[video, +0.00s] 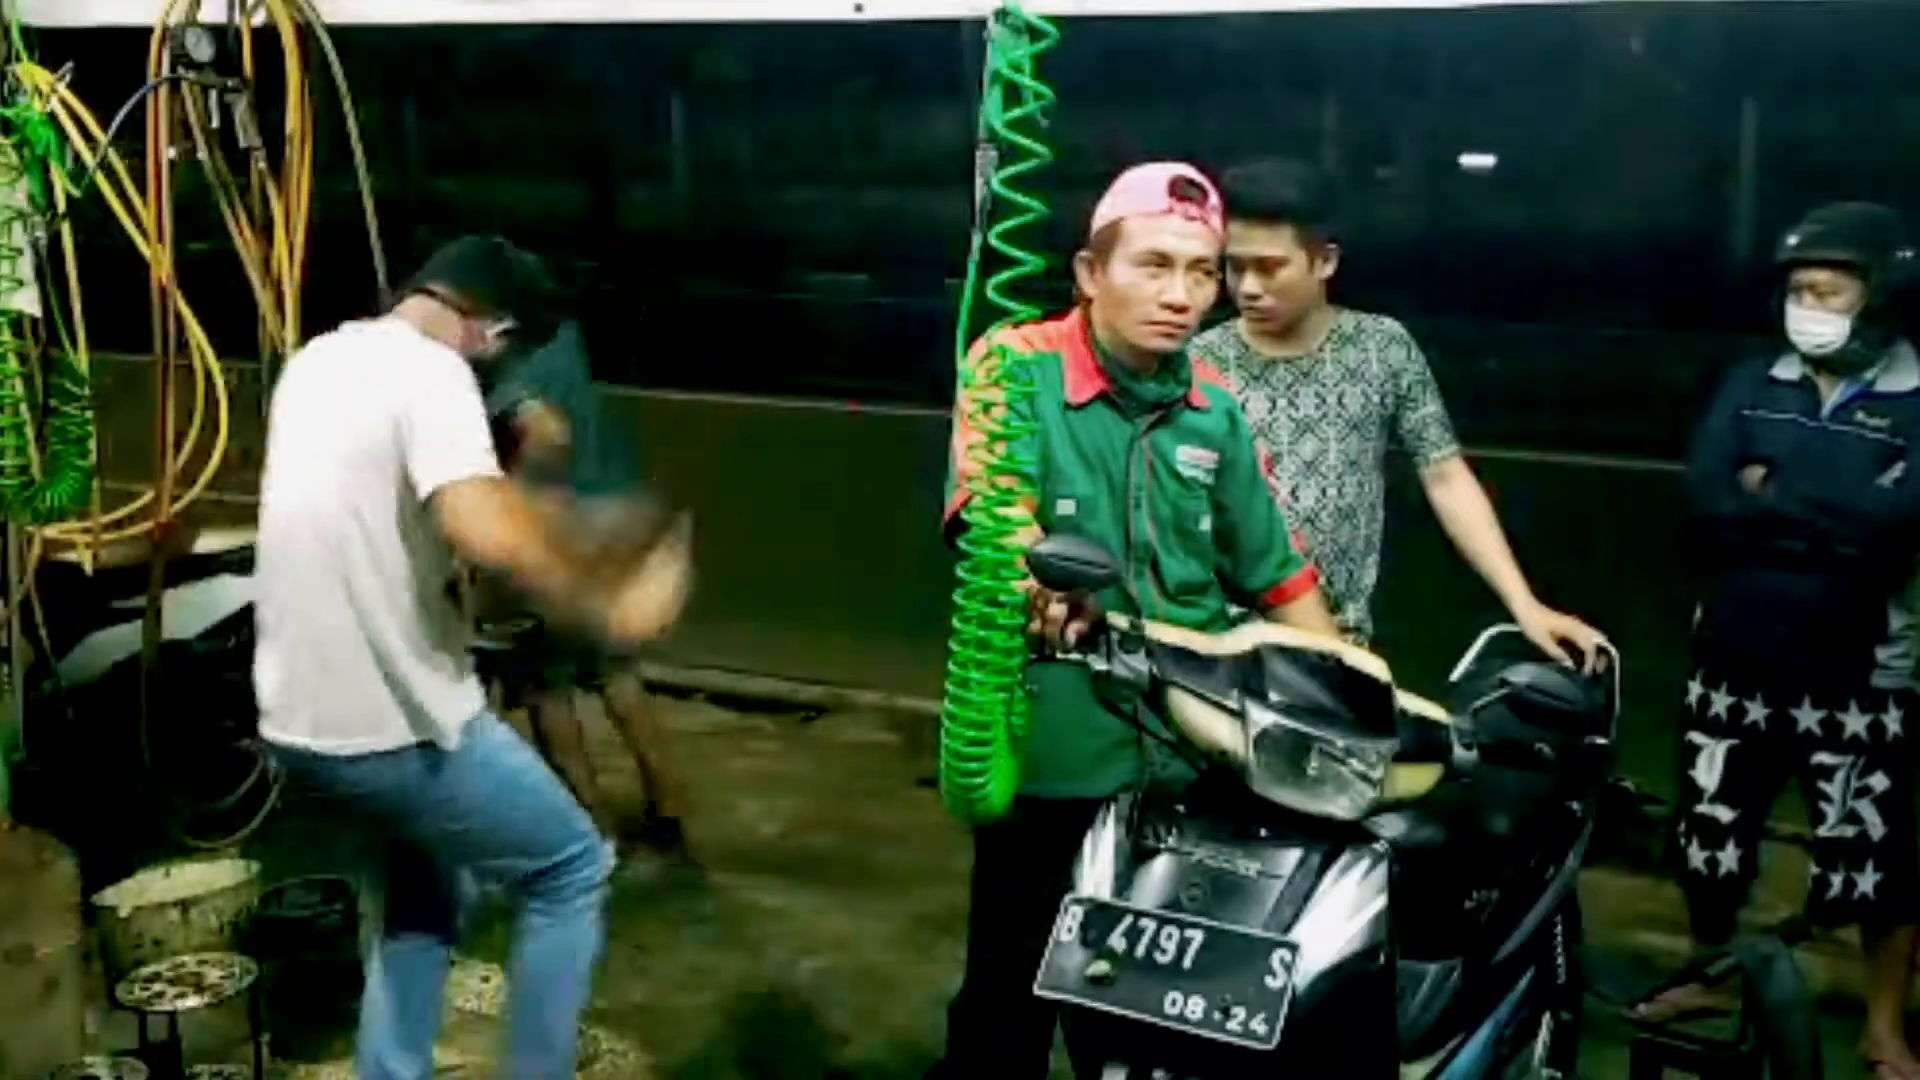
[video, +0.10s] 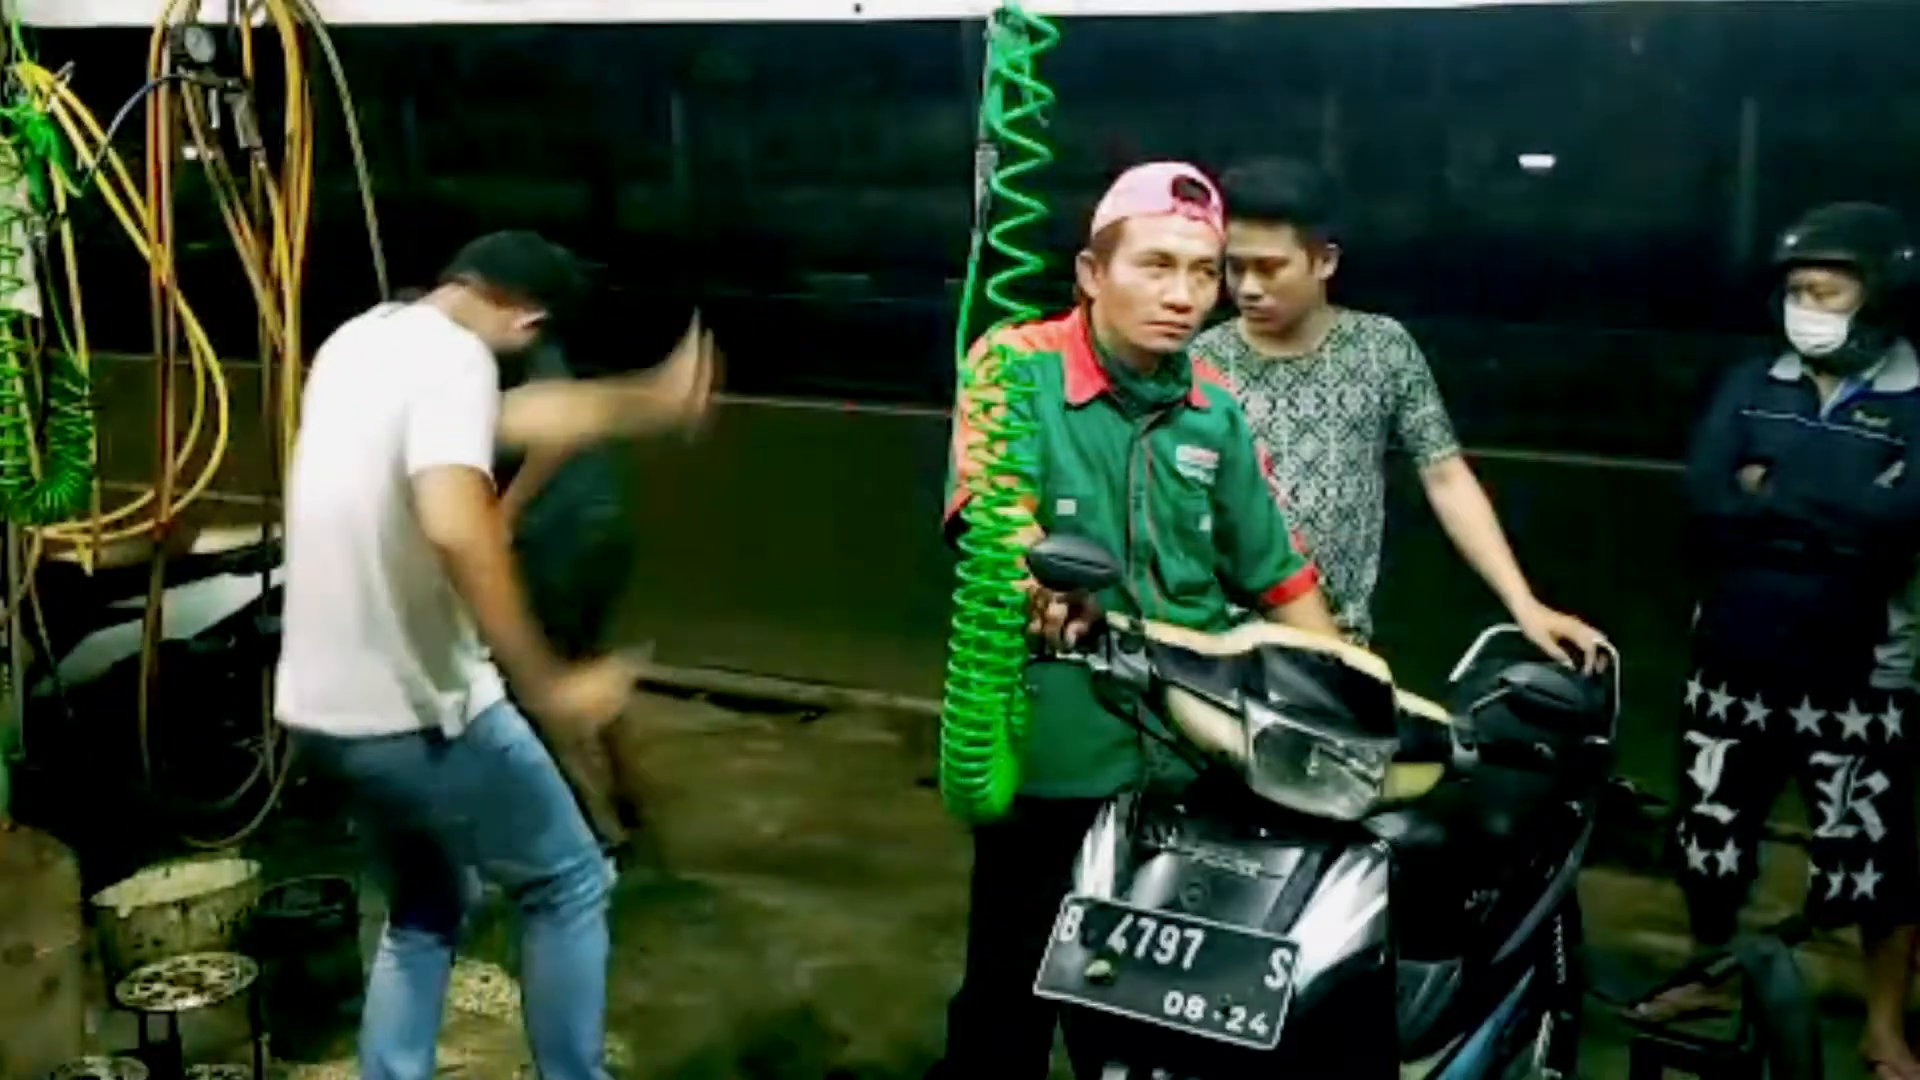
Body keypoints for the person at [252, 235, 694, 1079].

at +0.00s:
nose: (491, 361)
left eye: (499, 346)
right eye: (499, 343)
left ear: (413, 293)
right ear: (481, 322)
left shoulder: (307, 365)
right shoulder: (432, 373)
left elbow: (367, 504)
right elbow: (482, 527)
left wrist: (497, 460)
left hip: (299, 719)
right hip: (398, 725)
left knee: (422, 892)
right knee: (571, 866)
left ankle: (391, 1068)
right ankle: (540, 1067)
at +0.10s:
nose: (521, 347)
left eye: (528, 333)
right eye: (531, 331)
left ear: (452, 280)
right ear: (517, 313)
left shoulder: (352, 344)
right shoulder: (454, 358)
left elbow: (517, 416)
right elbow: (455, 524)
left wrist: (657, 397)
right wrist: (546, 686)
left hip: (324, 704)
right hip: (425, 714)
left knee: (424, 911)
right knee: (570, 882)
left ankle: (391, 1071)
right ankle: (573, 1068)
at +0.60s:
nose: (644, 385)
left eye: (651, 375)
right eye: (651, 373)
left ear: (565, 316)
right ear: (637, 353)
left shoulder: (434, 381)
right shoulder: (622, 411)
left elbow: (432, 529)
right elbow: (685, 572)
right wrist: (788, 631)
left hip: (449, 730)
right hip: (572, 747)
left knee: (572, 849)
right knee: (660, 912)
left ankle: (490, 1054)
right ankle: (592, 1069)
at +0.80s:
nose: (620, 310)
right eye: (629, 296)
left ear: (537, 250)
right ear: (621, 283)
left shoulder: (415, 300)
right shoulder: (634, 331)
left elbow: (257, 389)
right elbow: (802, 359)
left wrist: (121, 499)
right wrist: (706, 336)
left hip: (413, 697)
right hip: (546, 715)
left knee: (448, 898)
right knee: (584, 922)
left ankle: (401, 1070)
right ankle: (578, 1073)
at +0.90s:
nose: (608, 300)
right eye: (614, 284)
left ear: (516, 245)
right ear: (601, 272)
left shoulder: (400, 290)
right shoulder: (614, 316)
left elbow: (223, 344)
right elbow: (787, 314)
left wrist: (93, 448)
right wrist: (706, 302)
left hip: (392, 695)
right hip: (528, 706)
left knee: (424, 919)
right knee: (574, 929)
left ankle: (393, 1072)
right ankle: (578, 1074)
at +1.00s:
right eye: (585, 276)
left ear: (486, 253)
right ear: (565, 273)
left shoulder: (354, 302)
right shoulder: (572, 321)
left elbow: (191, 381)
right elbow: (750, 348)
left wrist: (89, 515)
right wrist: (692, 331)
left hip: (364, 709)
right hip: (508, 714)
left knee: (407, 921)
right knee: (577, 903)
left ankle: (391, 1074)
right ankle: (584, 1069)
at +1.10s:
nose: (534, 331)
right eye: (537, 318)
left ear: (445, 282)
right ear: (524, 305)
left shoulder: (314, 360)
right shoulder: (519, 363)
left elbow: (227, 527)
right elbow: (605, 496)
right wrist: (700, 499)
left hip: (337, 732)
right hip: (472, 730)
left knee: (406, 937)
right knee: (603, 850)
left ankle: (392, 1076)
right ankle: (586, 1066)